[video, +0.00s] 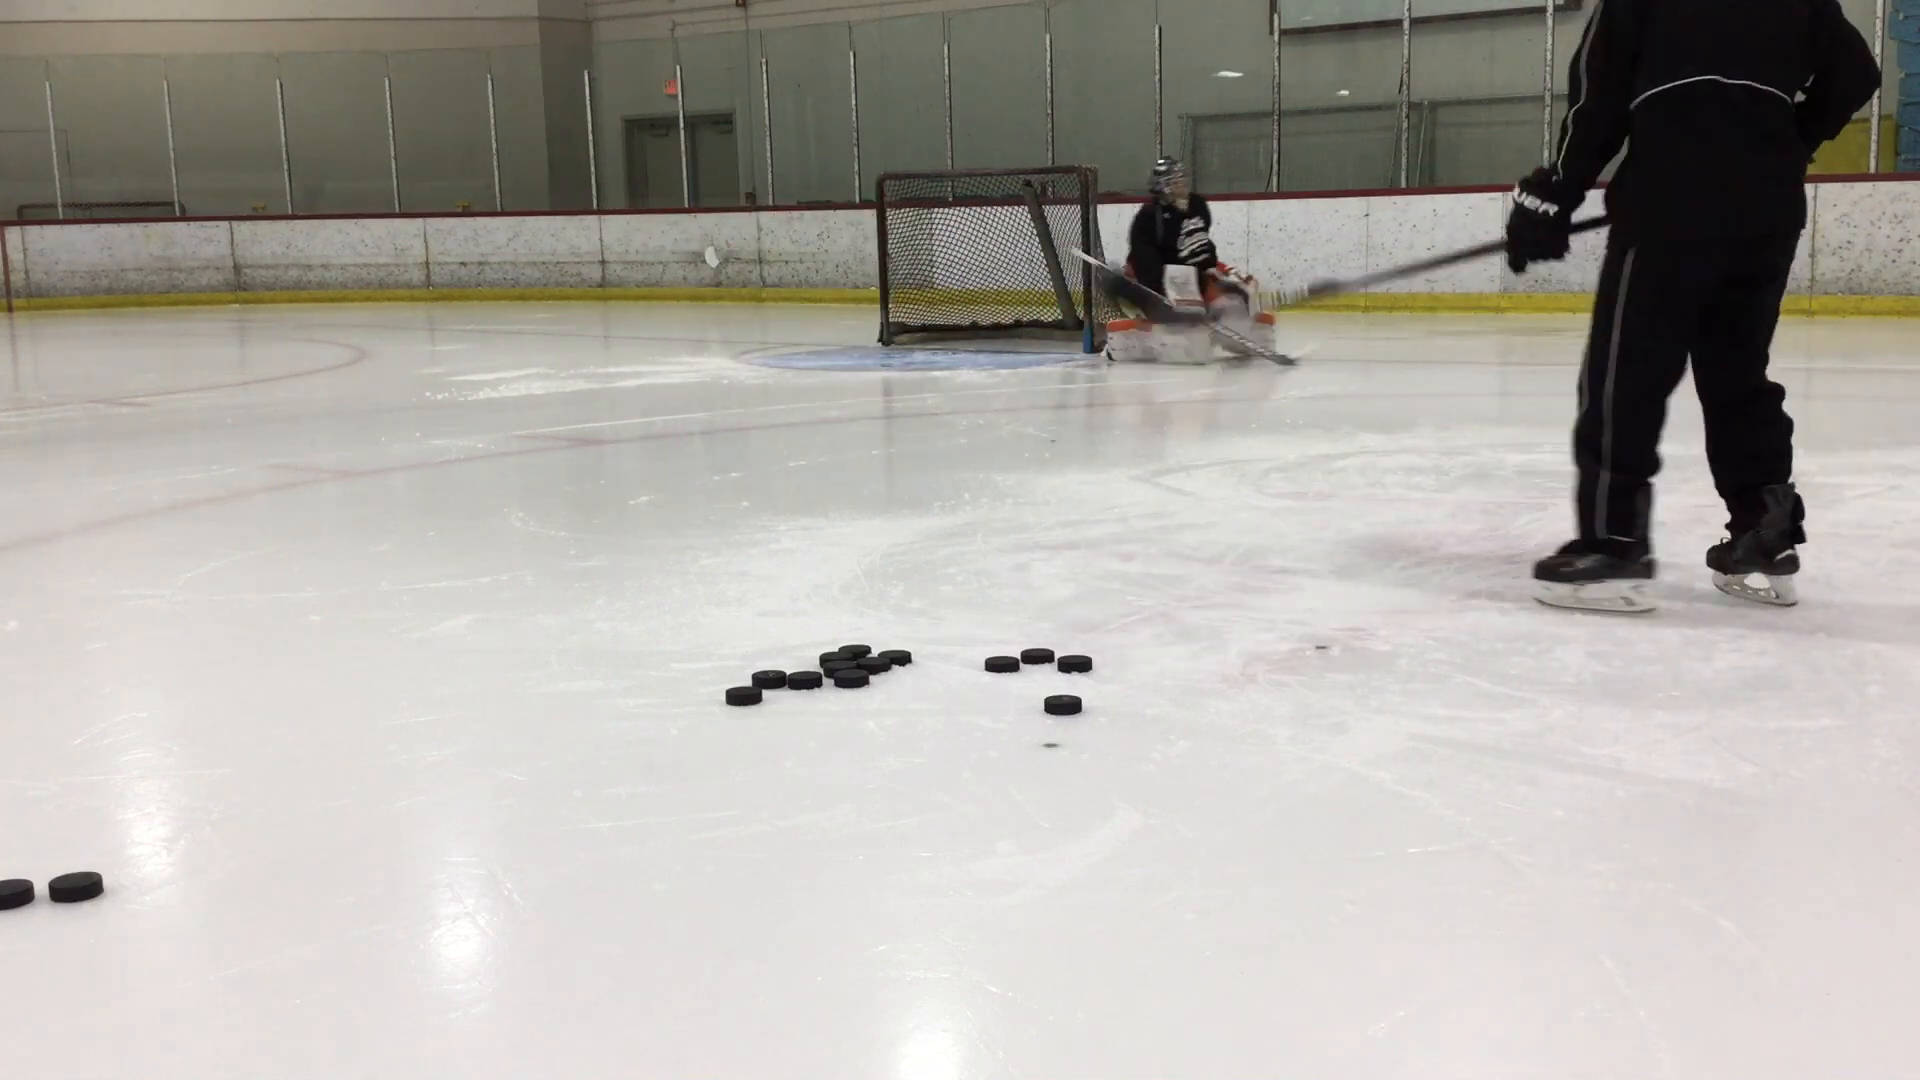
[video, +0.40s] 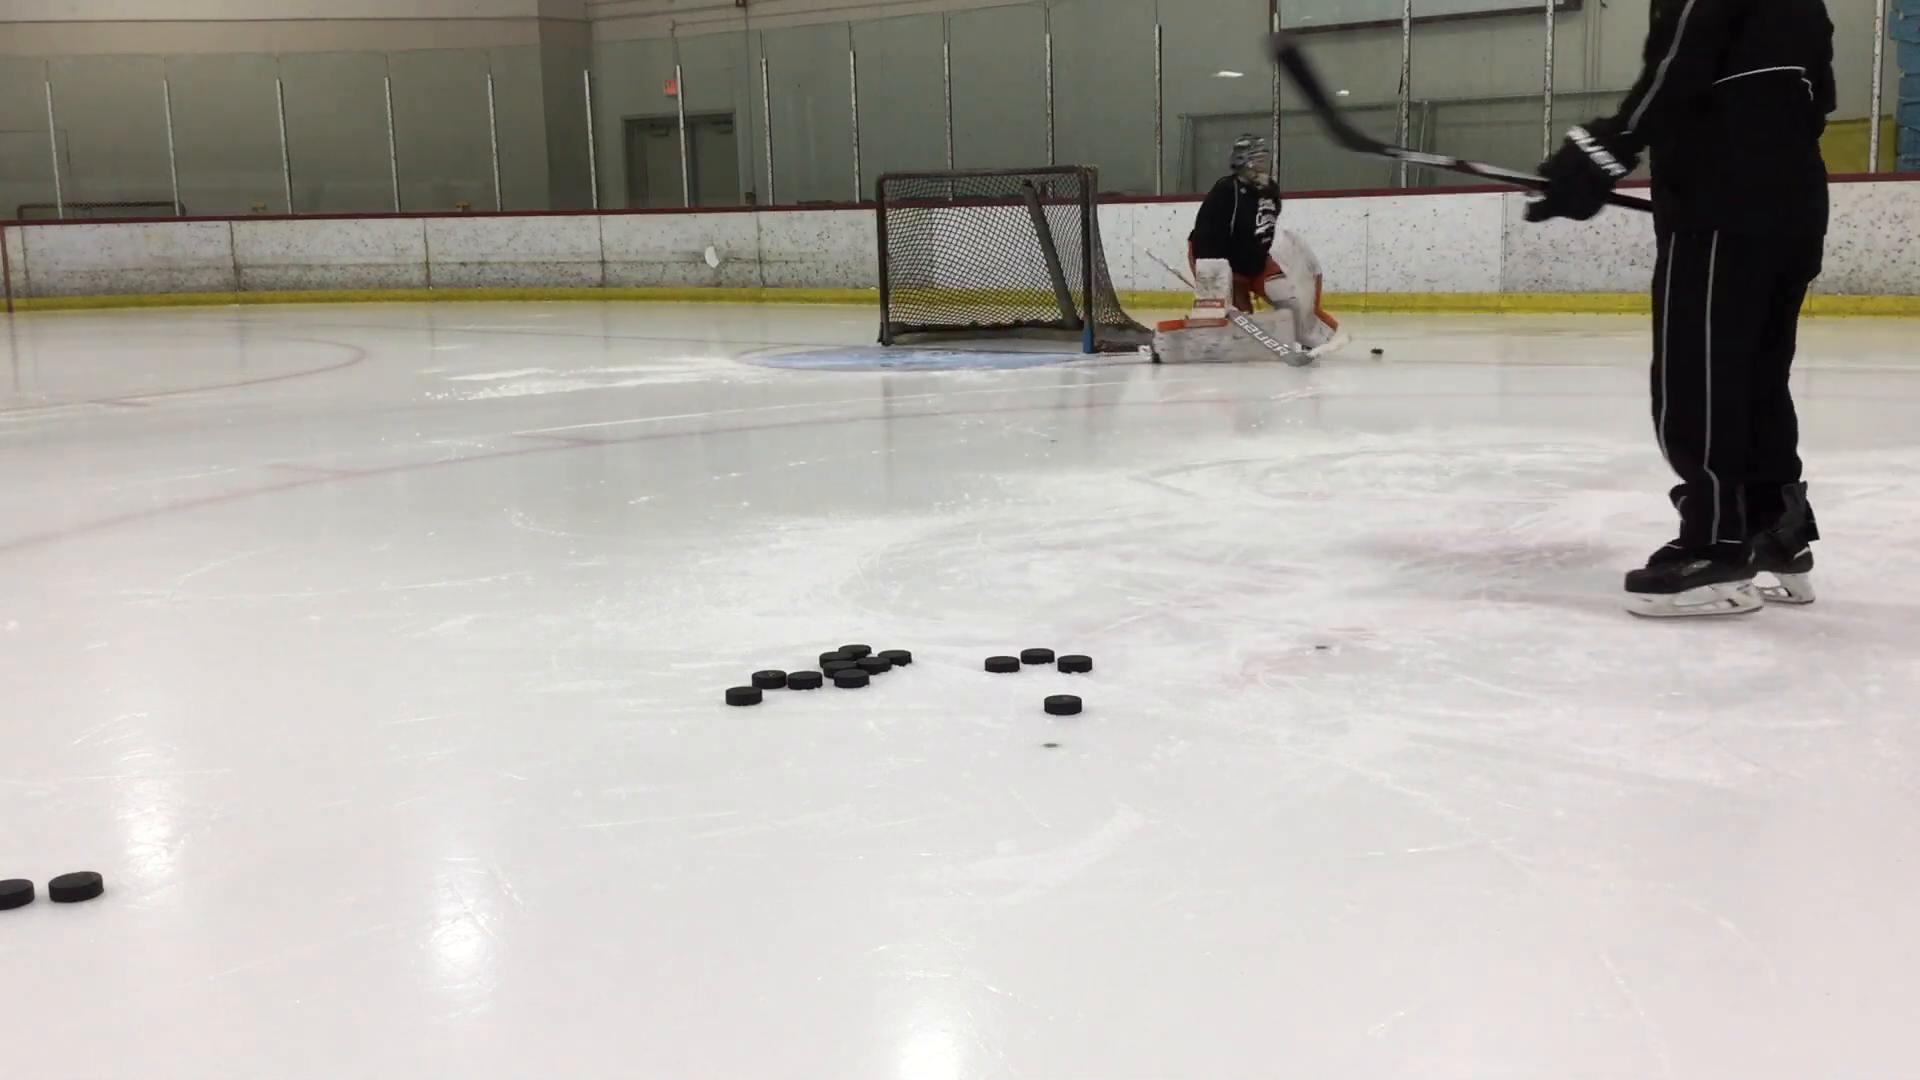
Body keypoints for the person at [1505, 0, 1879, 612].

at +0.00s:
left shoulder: (1632, 6)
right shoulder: (1801, 4)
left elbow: (1604, 89)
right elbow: (1855, 71)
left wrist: (1552, 191)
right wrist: (1787, 143)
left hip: (1667, 193)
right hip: (1768, 197)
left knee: (1623, 371)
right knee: (1737, 373)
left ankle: (1613, 541)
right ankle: (1767, 530)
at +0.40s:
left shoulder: (1694, 0)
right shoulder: (1800, 2)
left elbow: (1673, 69)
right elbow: (1817, 94)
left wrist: (1598, 154)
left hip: (1714, 195)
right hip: (1789, 194)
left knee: (1694, 374)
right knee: (1759, 371)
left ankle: (1714, 549)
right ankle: (1778, 537)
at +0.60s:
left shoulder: (1718, 2)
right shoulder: (1774, 11)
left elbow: (1713, 70)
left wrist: (1654, 172)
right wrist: (1654, 189)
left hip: (1730, 201)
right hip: (1782, 197)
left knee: (1709, 377)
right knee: (1755, 375)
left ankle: (1728, 554)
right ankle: (1778, 538)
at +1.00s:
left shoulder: (1690, 6)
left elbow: (1666, 126)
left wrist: (1591, 223)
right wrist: (1598, 216)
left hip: (1724, 228)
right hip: (1770, 220)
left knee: (1693, 400)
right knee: (1749, 387)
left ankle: (1719, 568)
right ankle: (1780, 539)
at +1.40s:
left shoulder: (1599, 7)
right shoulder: (1692, 6)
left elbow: (1583, 129)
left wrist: (1521, 250)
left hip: (1670, 221)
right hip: (1755, 205)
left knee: (1636, 394)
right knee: (1728, 385)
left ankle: (1661, 574)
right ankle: (1736, 550)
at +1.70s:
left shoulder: (1565, 16)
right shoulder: (1691, 7)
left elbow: (1554, 125)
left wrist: (1546, 241)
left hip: (1648, 223)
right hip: (1744, 206)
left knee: (1628, 396)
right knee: (1718, 384)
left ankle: (1658, 574)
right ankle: (1732, 553)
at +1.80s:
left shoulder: (1561, 13)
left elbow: (1554, 122)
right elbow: (1741, 23)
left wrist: (1554, 229)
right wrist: (1701, 87)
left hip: (1644, 210)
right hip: (1740, 195)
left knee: (1625, 393)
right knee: (1718, 380)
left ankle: (1656, 571)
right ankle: (1738, 551)